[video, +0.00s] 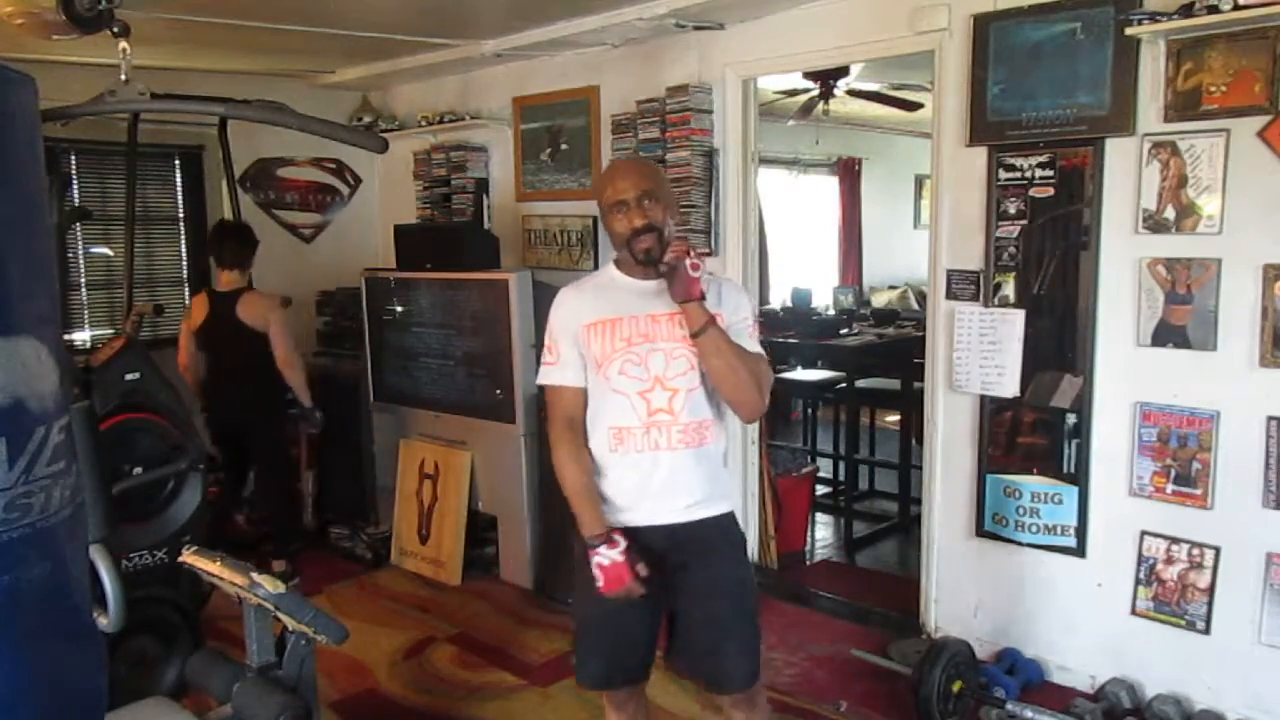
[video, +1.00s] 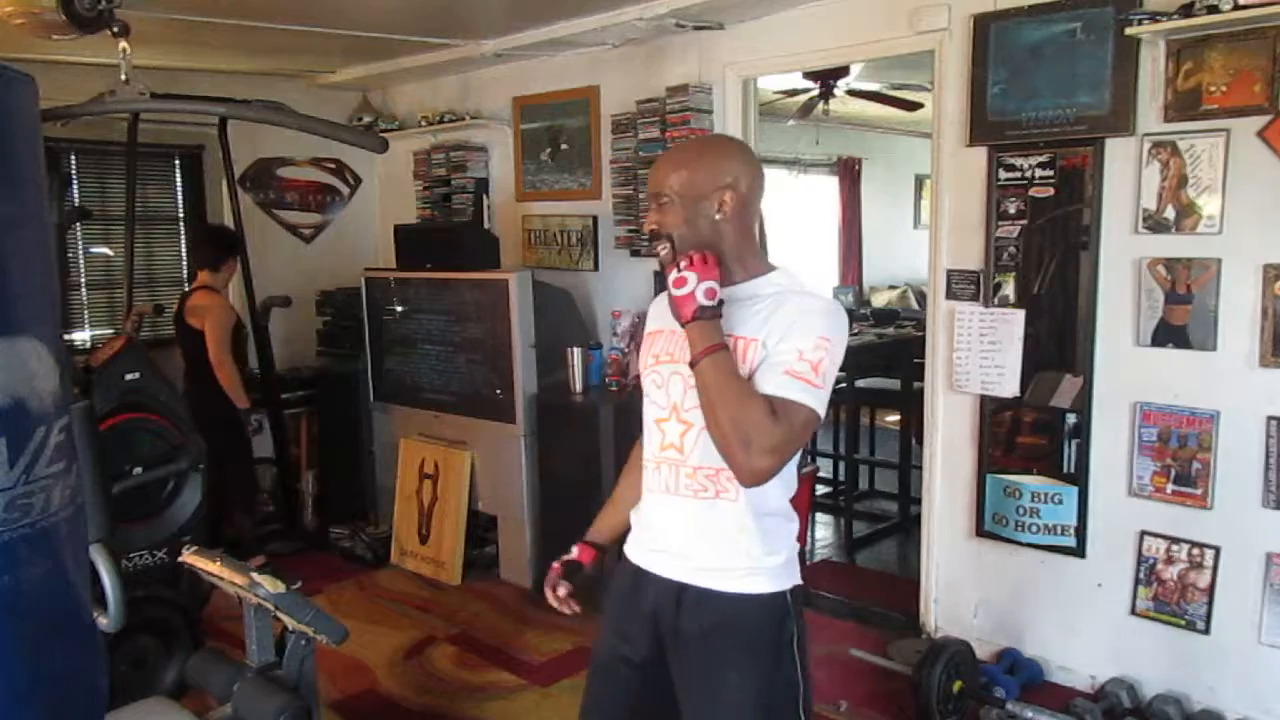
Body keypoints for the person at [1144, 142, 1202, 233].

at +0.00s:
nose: (1158, 159)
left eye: (1159, 154)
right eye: (1155, 156)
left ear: (1168, 150)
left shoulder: (1175, 161)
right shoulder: (1163, 166)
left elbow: (1170, 187)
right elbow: (1161, 189)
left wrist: (1159, 214)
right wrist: (1157, 213)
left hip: (1190, 211)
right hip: (1180, 212)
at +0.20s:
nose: (1157, 159)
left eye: (1159, 154)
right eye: (1155, 156)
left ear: (1168, 150)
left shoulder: (1175, 161)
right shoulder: (1163, 166)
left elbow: (1170, 187)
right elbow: (1161, 189)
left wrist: (1160, 214)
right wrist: (1157, 213)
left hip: (1190, 210)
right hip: (1180, 211)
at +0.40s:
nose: (1157, 158)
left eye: (1159, 153)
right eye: (1155, 156)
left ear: (1169, 150)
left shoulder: (1175, 161)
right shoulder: (1164, 166)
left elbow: (1170, 188)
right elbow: (1161, 188)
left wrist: (1160, 213)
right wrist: (1157, 212)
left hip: (1191, 210)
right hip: (1180, 211)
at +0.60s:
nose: (1157, 158)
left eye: (1159, 153)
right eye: (1155, 156)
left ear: (1168, 150)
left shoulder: (1175, 162)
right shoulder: (1164, 166)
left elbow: (1170, 188)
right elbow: (1161, 188)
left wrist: (1160, 213)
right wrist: (1157, 212)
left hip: (1190, 211)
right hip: (1180, 211)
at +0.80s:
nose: (1157, 158)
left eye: (1159, 153)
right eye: (1155, 156)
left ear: (1168, 150)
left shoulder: (1175, 162)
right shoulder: (1164, 166)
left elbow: (1170, 188)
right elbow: (1161, 188)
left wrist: (1160, 213)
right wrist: (1157, 212)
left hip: (1190, 211)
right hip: (1180, 212)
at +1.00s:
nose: (1157, 158)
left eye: (1159, 153)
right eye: (1155, 156)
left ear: (1168, 150)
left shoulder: (1175, 161)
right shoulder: (1164, 166)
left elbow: (1170, 188)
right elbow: (1161, 188)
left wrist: (1160, 213)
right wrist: (1157, 212)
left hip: (1190, 211)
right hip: (1180, 211)